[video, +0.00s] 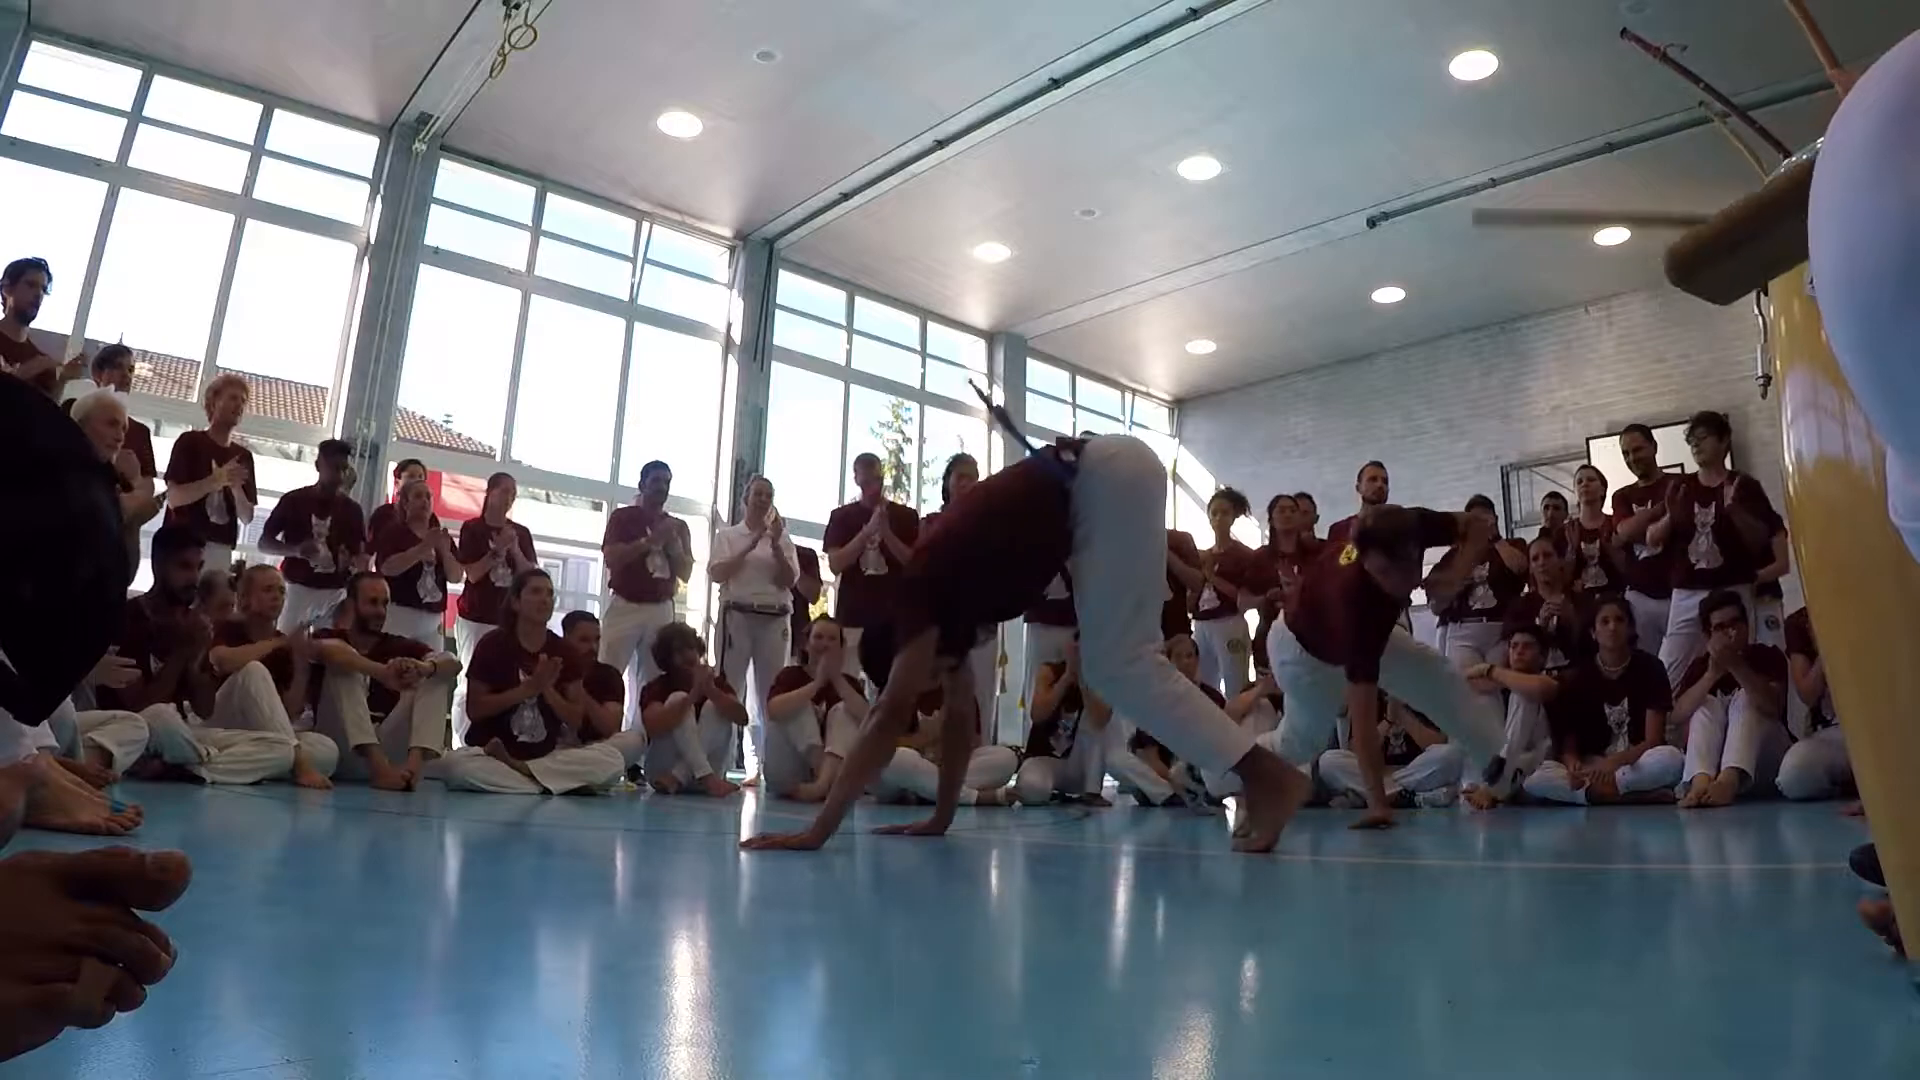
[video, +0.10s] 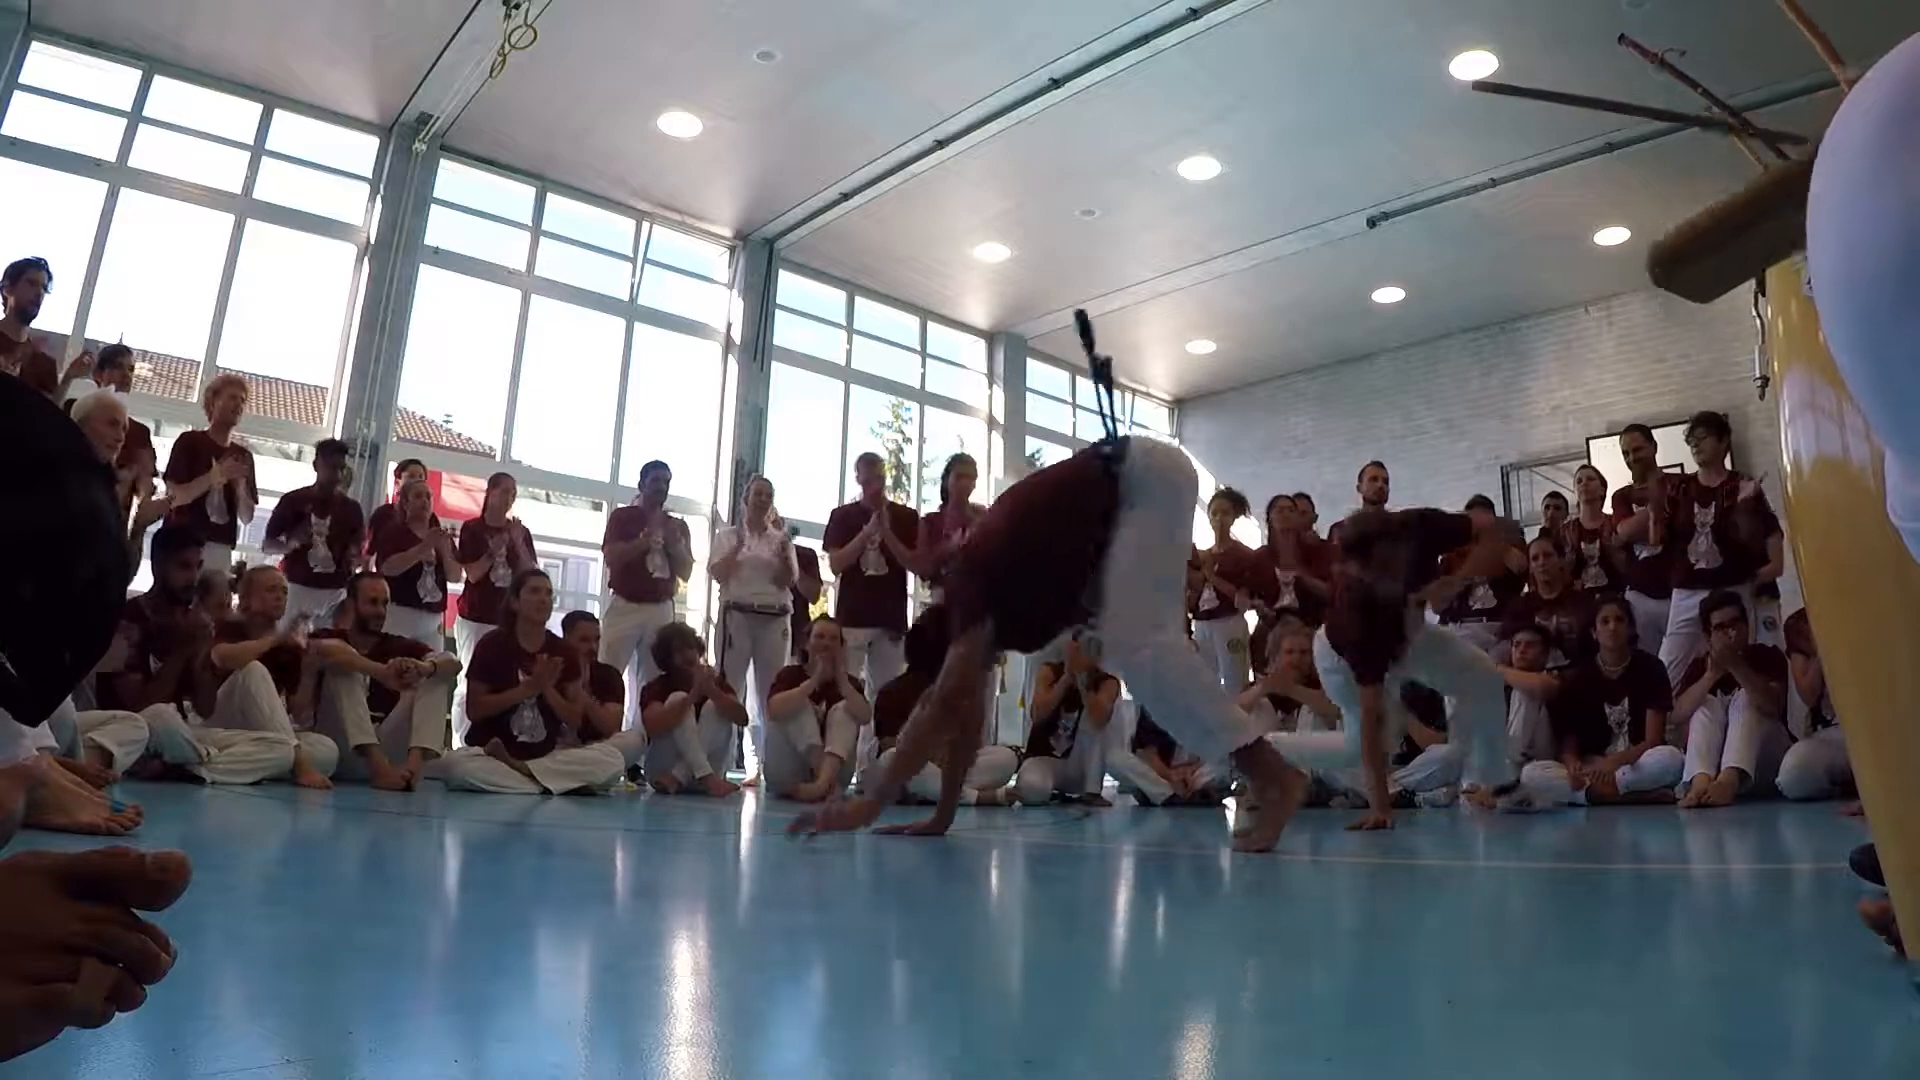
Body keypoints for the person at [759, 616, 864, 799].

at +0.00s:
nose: (825, 644)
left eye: (832, 639)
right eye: (818, 637)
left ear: (841, 646)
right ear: (807, 644)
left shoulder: (850, 683)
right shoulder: (791, 675)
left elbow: (866, 718)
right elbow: (774, 710)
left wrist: (836, 677)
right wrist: (817, 683)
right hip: (787, 774)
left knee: (843, 710)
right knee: (795, 703)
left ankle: (823, 784)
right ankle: (831, 779)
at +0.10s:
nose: (826, 643)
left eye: (833, 639)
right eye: (820, 637)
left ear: (841, 646)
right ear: (807, 643)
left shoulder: (850, 682)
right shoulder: (790, 674)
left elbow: (865, 716)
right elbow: (775, 709)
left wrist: (841, 677)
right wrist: (814, 681)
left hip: (834, 775)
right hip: (787, 775)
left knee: (844, 709)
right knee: (796, 702)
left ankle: (823, 784)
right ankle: (828, 783)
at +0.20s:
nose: (827, 643)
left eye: (834, 639)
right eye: (821, 637)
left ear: (842, 646)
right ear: (807, 644)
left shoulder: (849, 682)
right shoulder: (791, 674)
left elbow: (864, 716)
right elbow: (775, 709)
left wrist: (835, 677)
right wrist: (818, 687)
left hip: (834, 775)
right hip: (787, 775)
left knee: (843, 710)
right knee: (798, 703)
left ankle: (822, 784)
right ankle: (829, 782)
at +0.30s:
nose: (829, 643)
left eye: (836, 639)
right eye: (822, 636)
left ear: (842, 648)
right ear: (807, 643)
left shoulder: (848, 682)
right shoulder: (791, 674)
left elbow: (865, 716)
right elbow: (775, 709)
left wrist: (836, 680)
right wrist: (818, 687)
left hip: (833, 776)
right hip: (787, 776)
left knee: (844, 709)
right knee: (798, 703)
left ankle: (822, 784)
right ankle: (828, 783)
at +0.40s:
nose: (830, 643)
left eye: (837, 639)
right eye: (824, 636)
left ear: (842, 648)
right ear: (807, 642)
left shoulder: (849, 682)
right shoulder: (790, 674)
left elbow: (865, 716)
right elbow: (774, 710)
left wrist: (836, 679)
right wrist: (817, 683)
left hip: (833, 776)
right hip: (787, 776)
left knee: (844, 709)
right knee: (797, 702)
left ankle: (822, 784)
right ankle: (829, 783)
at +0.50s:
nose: (831, 644)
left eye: (837, 639)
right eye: (824, 637)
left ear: (842, 648)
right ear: (807, 642)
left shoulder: (851, 684)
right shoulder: (790, 674)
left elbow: (865, 717)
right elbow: (774, 710)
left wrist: (841, 678)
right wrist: (812, 681)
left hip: (833, 776)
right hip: (787, 776)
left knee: (844, 710)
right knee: (796, 702)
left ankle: (822, 784)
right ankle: (828, 783)